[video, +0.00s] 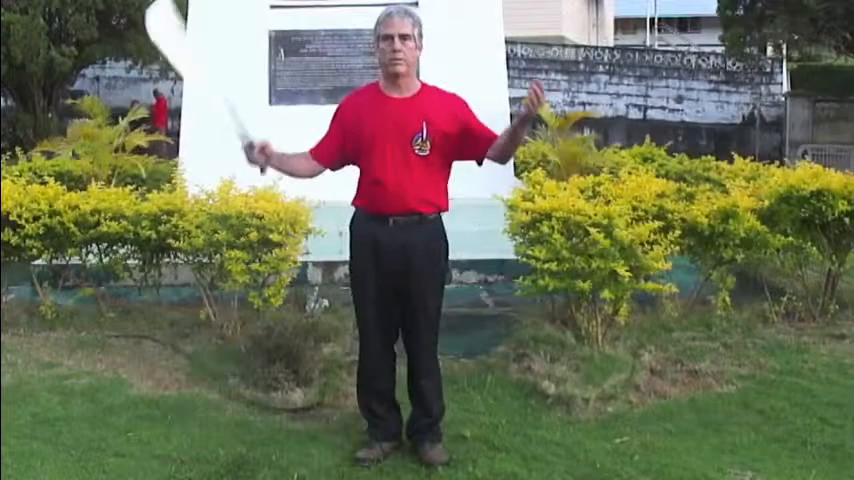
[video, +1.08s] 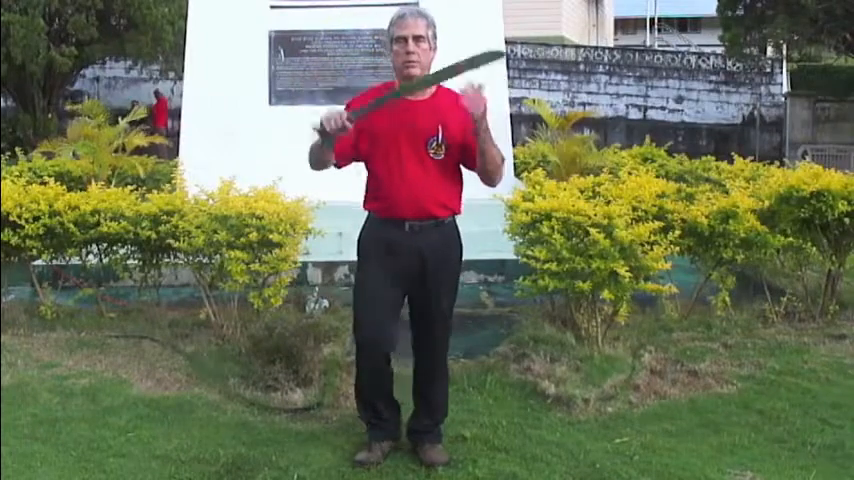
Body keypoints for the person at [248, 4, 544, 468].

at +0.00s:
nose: (396, 47)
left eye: (405, 39)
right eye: (386, 39)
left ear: (419, 46)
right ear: (375, 48)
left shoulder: (448, 106)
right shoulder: (356, 105)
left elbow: (496, 152)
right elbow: (315, 162)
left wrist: (523, 120)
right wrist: (273, 159)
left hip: (425, 232)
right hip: (370, 232)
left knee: (422, 339)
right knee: (374, 339)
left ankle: (427, 435)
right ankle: (382, 434)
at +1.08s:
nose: (409, 50)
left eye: (419, 41)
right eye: (400, 41)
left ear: (433, 48)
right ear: (389, 50)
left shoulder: (455, 105)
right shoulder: (369, 102)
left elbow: (493, 176)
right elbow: (318, 163)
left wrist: (482, 123)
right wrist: (325, 136)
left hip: (439, 237)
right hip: (381, 237)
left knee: (432, 343)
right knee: (370, 340)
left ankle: (427, 436)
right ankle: (380, 433)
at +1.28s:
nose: (410, 52)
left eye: (419, 43)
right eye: (401, 44)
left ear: (433, 50)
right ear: (389, 51)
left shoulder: (462, 113)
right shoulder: (367, 111)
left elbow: (477, 188)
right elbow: (339, 180)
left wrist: (446, 189)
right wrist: (365, 177)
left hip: (441, 244)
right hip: (382, 244)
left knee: (433, 347)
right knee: (372, 343)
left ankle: (428, 439)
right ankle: (377, 452)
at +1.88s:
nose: (375, 64)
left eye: (386, 55)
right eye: (365, 55)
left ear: (403, 62)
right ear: (353, 63)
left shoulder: (434, 124)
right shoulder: (329, 124)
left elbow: (450, 208)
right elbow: (315, 207)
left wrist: (398, 243)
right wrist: (360, 240)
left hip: (416, 263)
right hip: (351, 266)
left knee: (423, 359)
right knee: (355, 367)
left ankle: (429, 440)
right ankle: (366, 470)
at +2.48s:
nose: (383, 67)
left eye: (394, 57)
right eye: (373, 58)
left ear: (409, 63)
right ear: (361, 64)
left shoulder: (439, 125)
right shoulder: (338, 124)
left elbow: (464, 202)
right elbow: (308, 202)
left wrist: (435, 204)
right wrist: (333, 212)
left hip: (420, 264)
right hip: (358, 265)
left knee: (427, 360)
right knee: (354, 370)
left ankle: (425, 438)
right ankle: (365, 472)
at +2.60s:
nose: (396, 64)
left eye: (406, 55)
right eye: (386, 56)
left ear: (422, 61)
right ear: (375, 62)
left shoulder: (449, 123)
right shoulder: (348, 121)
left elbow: (487, 186)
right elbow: (306, 189)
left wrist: (470, 154)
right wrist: (322, 174)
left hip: (427, 261)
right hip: (366, 262)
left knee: (439, 357)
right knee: (361, 367)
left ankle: (426, 438)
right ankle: (366, 471)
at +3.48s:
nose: (375, 48)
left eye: (384, 40)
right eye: (366, 41)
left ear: (401, 50)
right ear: (355, 50)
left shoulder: (428, 109)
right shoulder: (333, 105)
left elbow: (475, 174)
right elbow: (299, 151)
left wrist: (446, 157)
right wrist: (258, 152)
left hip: (406, 241)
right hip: (347, 240)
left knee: (422, 343)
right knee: (335, 341)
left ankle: (427, 437)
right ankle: (333, 434)